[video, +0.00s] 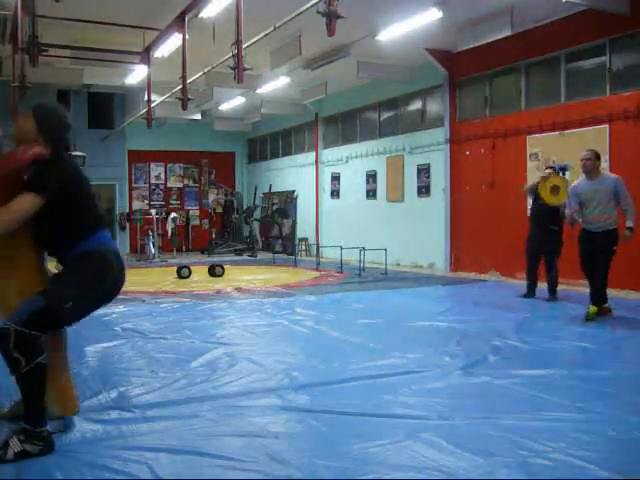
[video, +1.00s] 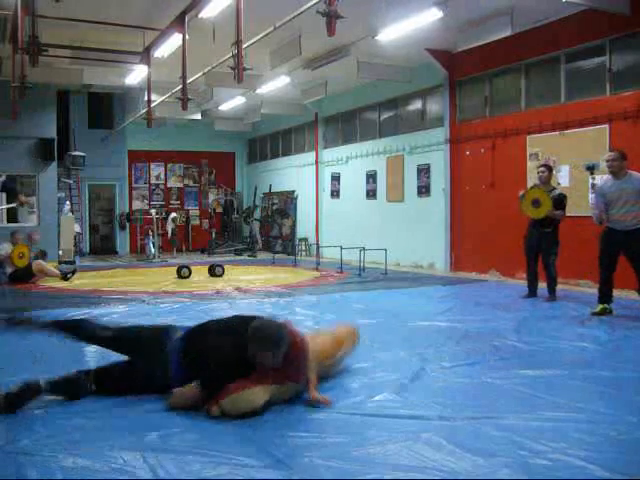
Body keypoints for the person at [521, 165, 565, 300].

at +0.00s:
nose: (549, 178)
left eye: (552, 174)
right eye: (547, 174)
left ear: (557, 177)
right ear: (543, 176)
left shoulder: (559, 193)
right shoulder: (537, 190)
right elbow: (527, 190)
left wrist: (559, 181)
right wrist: (540, 180)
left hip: (553, 232)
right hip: (536, 231)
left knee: (551, 264)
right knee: (532, 263)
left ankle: (552, 292)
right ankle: (530, 290)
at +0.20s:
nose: (546, 176)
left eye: (549, 173)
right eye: (544, 174)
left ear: (555, 175)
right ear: (542, 176)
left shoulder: (562, 194)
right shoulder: (538, 193)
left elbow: (568, 213)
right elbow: (529, 211)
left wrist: (561, 214)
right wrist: (531, 207)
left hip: (554, 231)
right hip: (538, 230)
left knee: (552, 262)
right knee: (532, 260)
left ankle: (553, 292)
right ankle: (530, 289)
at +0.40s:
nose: (542, 176)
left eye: (545, 173)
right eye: (540, 173)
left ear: (552, 176)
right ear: (538, 176)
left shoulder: (561, 196)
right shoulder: (534, 194)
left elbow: (566, 213)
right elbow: (530, 210)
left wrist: (558, 220)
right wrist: (526, 208)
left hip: (553, 232)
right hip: (537, 231)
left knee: (551, 263)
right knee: (532, 262)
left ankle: (553, 292)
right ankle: (532, 290)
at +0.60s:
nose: (540, 177)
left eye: (543, 174)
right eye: (538, 174)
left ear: (550, 177)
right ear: (536, 177)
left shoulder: (558, 197)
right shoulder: (533, 193)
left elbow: (563, 214)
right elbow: (528, 207)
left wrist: (552, 221)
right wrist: (522, 207)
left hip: (551, 232)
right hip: (534, 231)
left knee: (550, 264)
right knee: (532, 263)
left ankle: (552, 292)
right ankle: (532, 291)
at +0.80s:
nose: (539, 177)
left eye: (543, 174)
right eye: (538, 174)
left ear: (550, 176)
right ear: (536, 176)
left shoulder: (557, 197)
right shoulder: (532, 192)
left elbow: (562, 215)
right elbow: (527, 208)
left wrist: (550, 220)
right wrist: (521, 204)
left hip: (549, 231)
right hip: (533, 230)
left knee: (549, 262)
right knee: (531, 261)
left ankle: (552, 292)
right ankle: (532, 290)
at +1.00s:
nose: (540, 175)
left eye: (543, 172)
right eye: (539, 172)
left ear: (550, 174)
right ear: (537, 175)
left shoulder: (558, 195)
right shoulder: (534, 191)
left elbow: (561, 214)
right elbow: (527, 209)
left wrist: (548, 212)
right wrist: (523, 200)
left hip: (550, 230)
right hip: (534, 228)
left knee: (549, 262)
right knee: (531, 261)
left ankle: (552, 292)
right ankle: (531, 290)